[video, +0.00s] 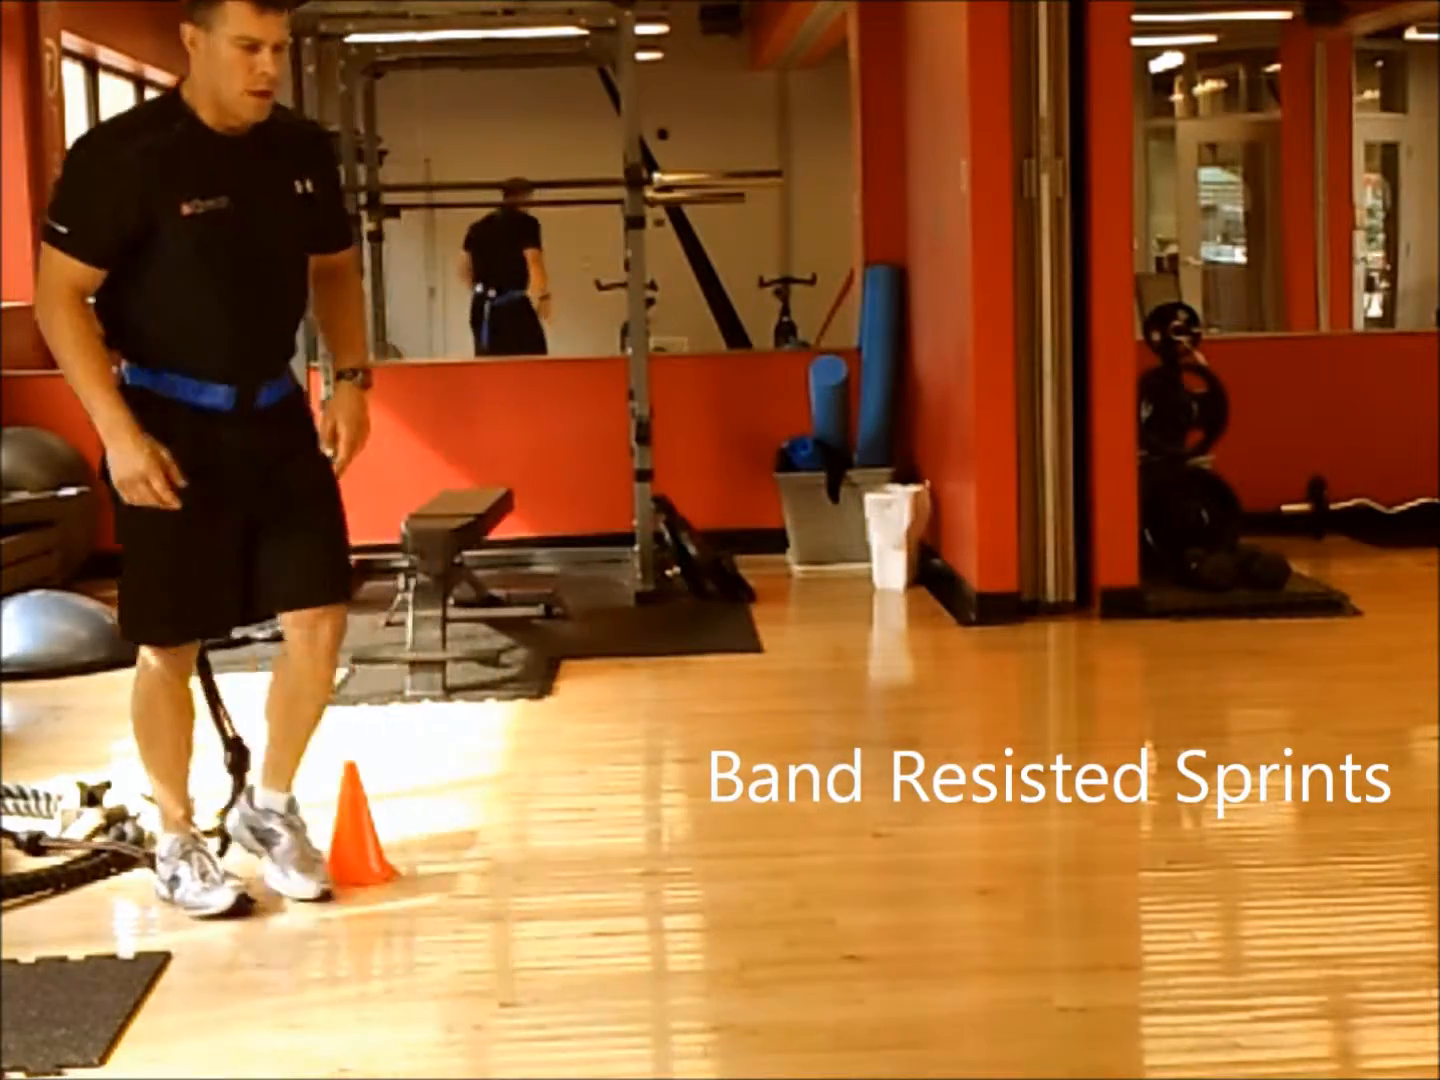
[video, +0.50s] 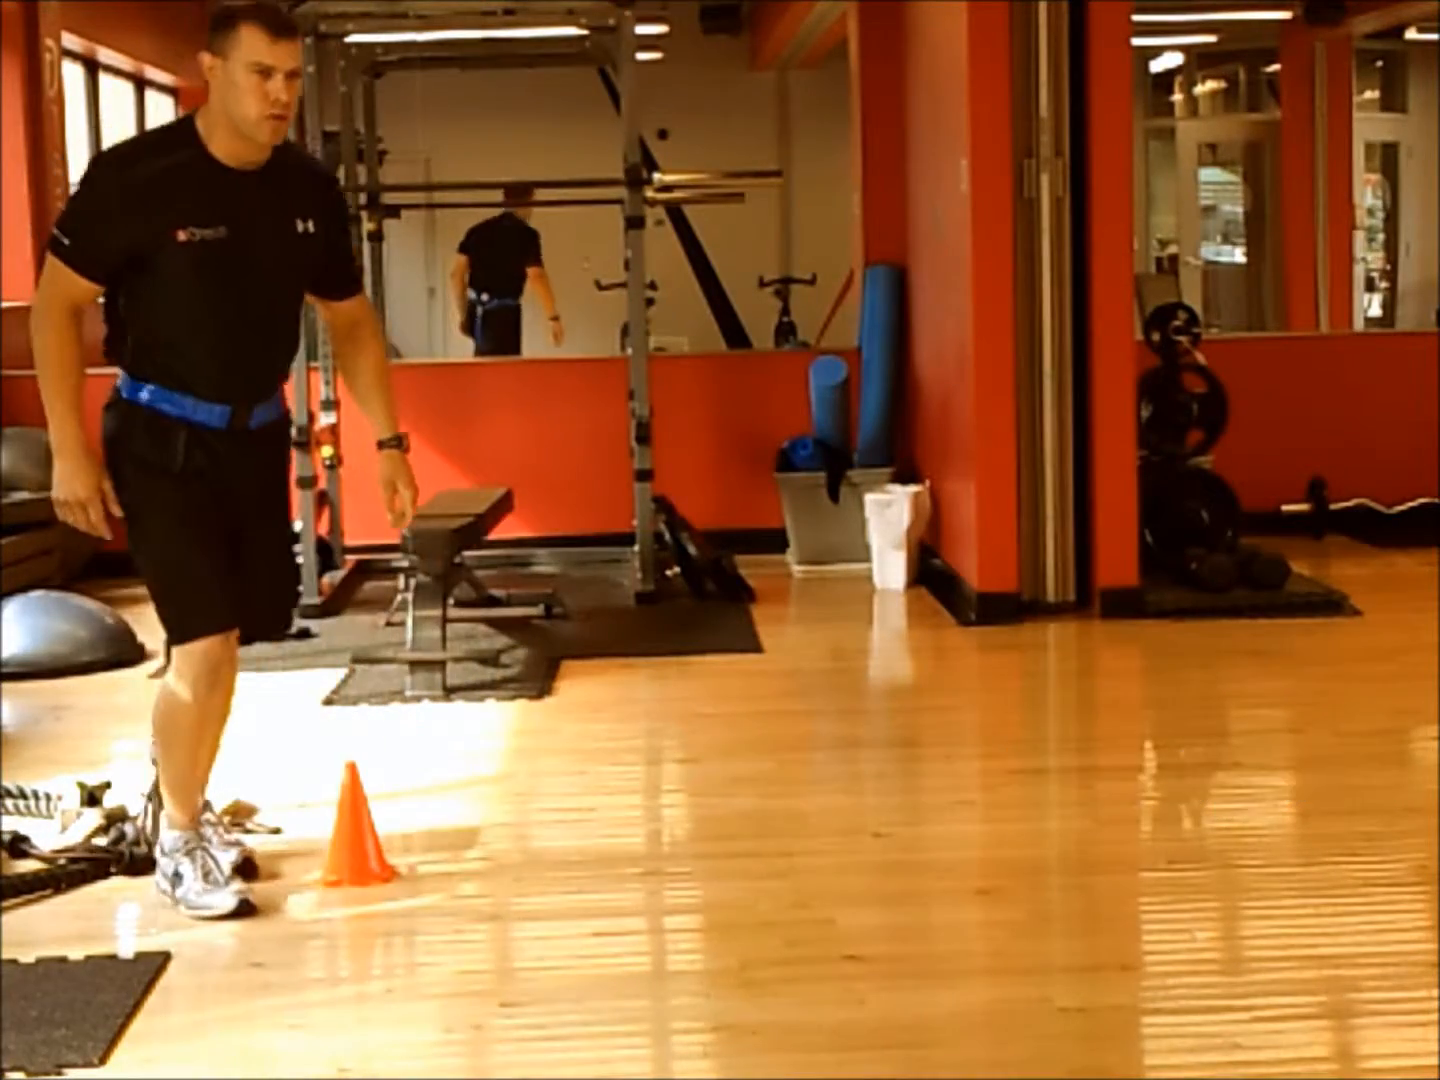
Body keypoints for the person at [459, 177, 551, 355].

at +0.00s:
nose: (529, 201)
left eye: (528, 196)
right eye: (527, 196)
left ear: (505, 197)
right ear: (522, 198)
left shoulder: (478, 226)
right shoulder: (526, 223)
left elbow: (464, 269)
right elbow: (534, 260)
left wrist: (479, 288)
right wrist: (542, 295)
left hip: (482, 305)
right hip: (515, 305)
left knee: (489, 365)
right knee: (532, 362)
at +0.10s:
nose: (525, 201)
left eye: (524, 196)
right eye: (523, 196)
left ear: (500, 197)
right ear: (516, 197)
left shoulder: (476, 225)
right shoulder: (523, 223)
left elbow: (461, 269)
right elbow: (531, 263)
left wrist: (473, 295)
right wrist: (542, 298)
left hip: (479, 307)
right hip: (510, 307)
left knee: (484, 366)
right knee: (522, 365)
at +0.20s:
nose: (524, 200)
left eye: (523, 195)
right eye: (521, 195)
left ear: (499, 196)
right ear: (514, 196)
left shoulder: (473, 226)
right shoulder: (522, 224)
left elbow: (458, 269)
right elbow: (532, 266)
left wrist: (464, 307)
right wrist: (547, 303)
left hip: (478, 308)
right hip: (509, 310)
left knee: (482, 371)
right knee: (514, 369)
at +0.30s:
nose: (523, 198)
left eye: (522, 194)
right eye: (521, 194)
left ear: (498, 195)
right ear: (516, 195)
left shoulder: (474, 226)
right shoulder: (523, 226)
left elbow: (457, 269)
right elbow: (534, 268)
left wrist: (458, 312)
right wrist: (551, 306)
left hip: (476, 309)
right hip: (506, 310)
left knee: (477, 370)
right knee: (510, 370)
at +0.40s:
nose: (527, 207)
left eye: (526, 201)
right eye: (526, 201)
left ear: (501, 199)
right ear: (521, 201)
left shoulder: (474, 231)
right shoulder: (525, 232)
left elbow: (456, 273)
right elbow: (535, 272)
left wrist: (459, 314)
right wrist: (553, 313)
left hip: (477, 312)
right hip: (506, 314)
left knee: (478, 375)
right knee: (507, 375)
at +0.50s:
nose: (531, 209)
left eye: (531, 203)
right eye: (530, 203)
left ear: (506, 201)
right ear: (525, 204)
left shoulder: (478, 231)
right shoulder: (527, 234)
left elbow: (457, 273)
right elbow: (536, 275)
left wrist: (462, 313)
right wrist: (553, 316)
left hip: (478, 310)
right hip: (505, 313)